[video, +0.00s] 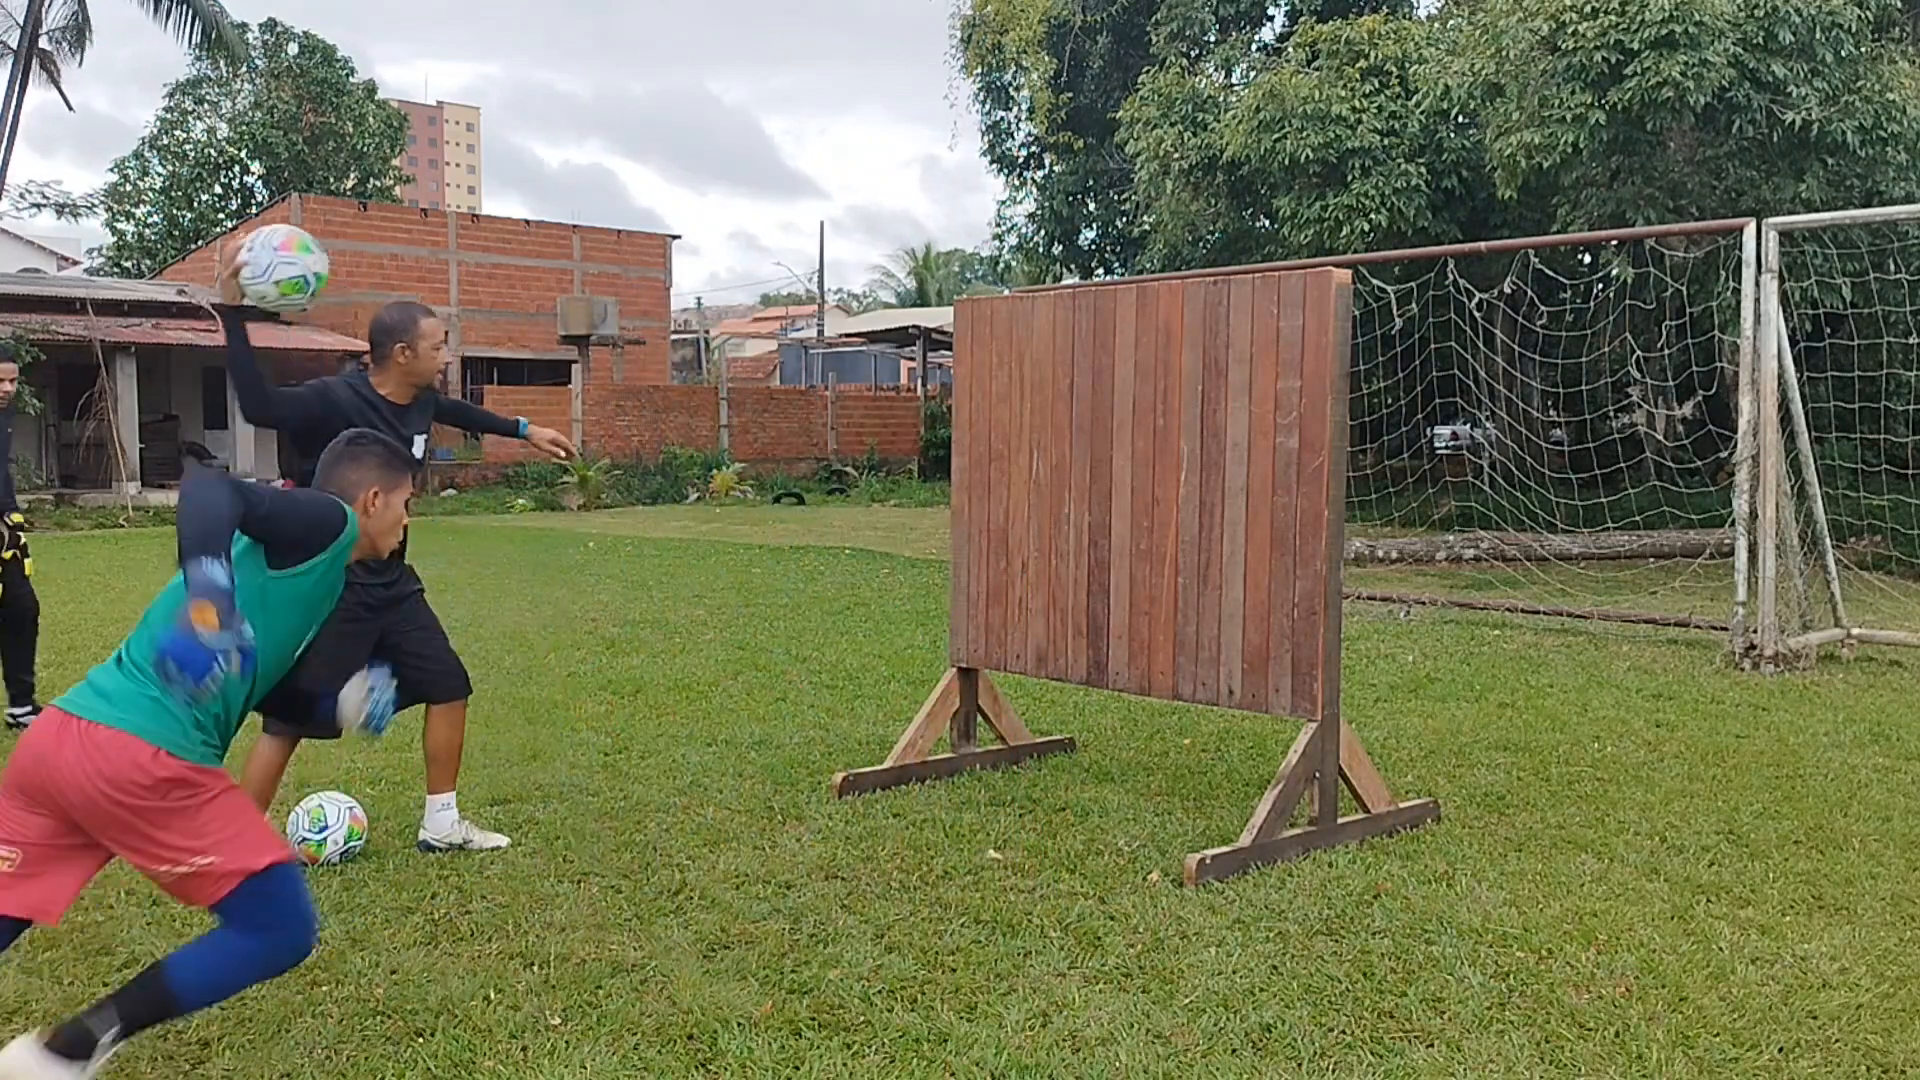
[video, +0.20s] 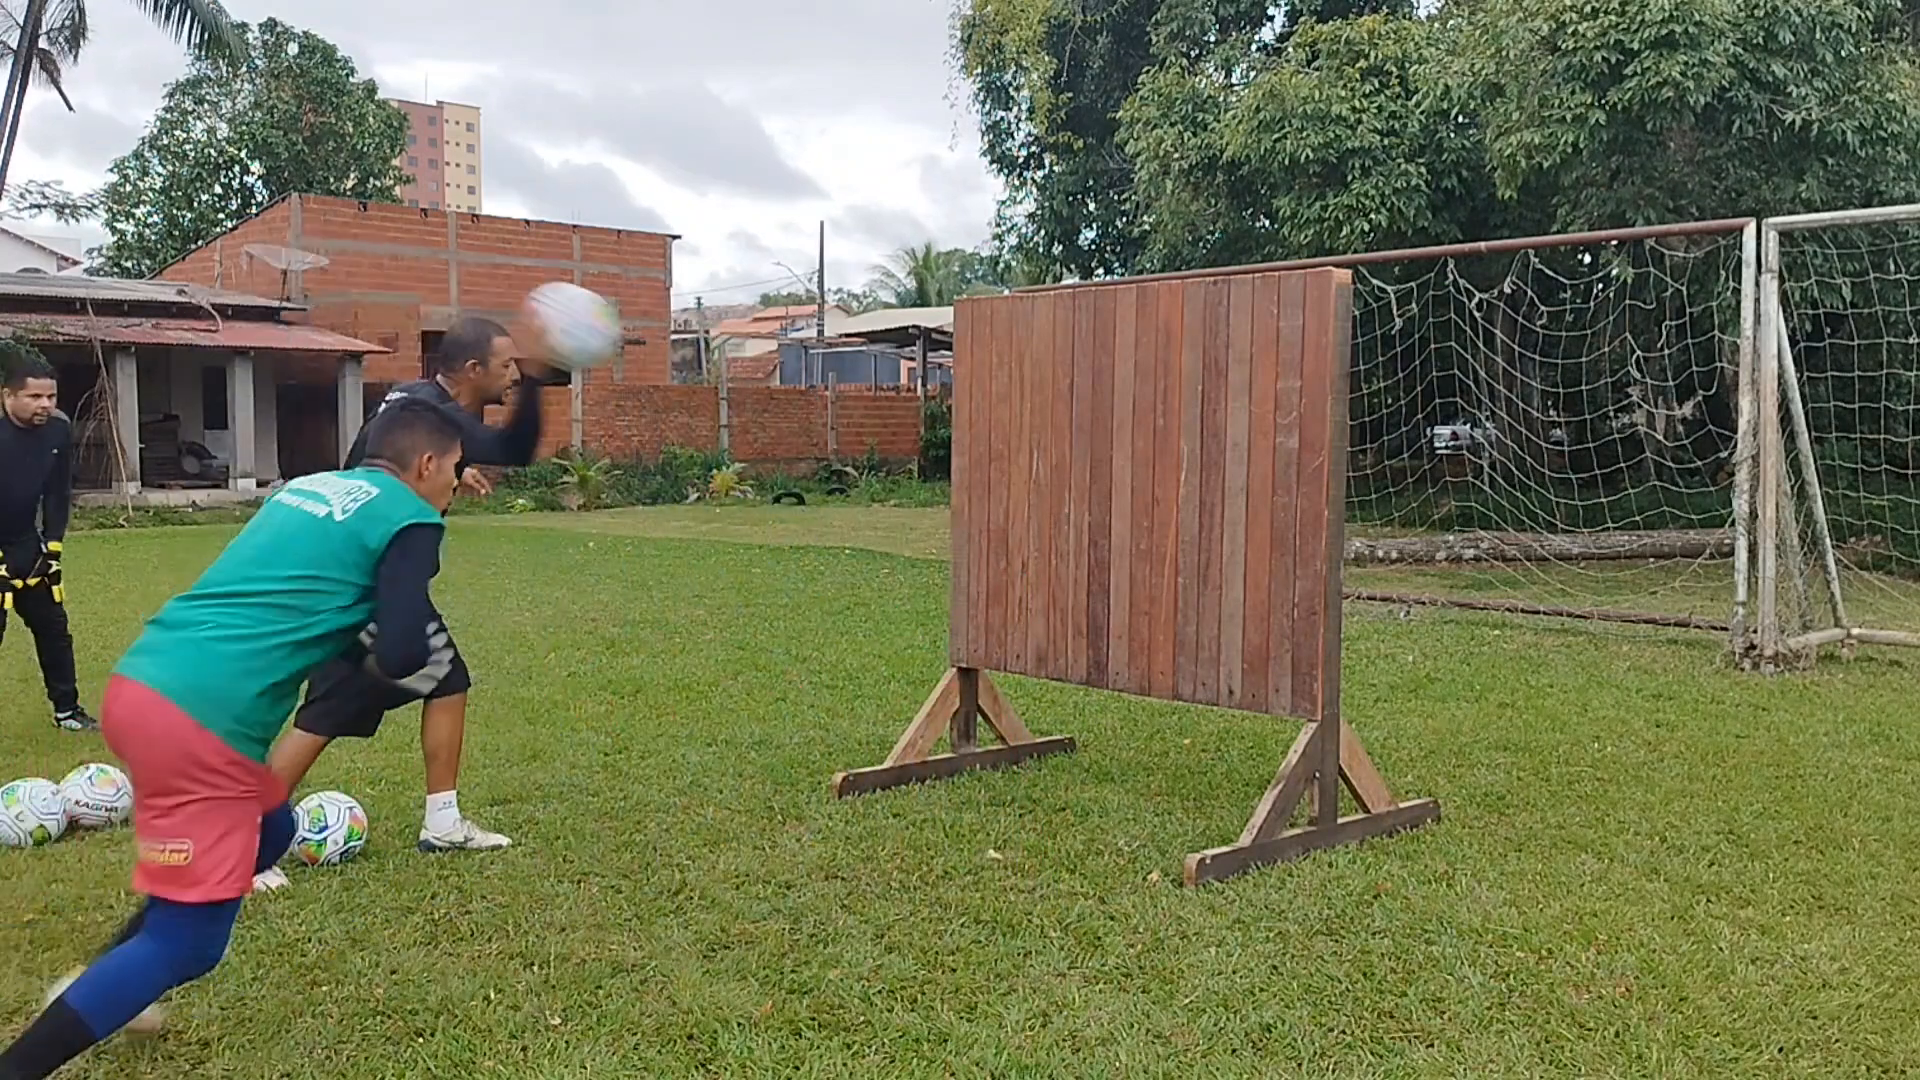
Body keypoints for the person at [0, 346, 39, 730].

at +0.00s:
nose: (8, 387)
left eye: (12, 381)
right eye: (3, 380)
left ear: (18, 383)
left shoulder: (8, 421)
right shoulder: (4, 422)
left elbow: (7, 473)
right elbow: (6, 474)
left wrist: (13, 516)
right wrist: (10, 519)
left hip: (7, 528)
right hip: (3, 528)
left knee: (23, 607)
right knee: (21, 608)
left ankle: (21, 703)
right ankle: (20, 704)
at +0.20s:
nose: (45, 405)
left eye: (50, 396)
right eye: (35, 396)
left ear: (56, 395)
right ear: (8, 398)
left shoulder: (57, 430)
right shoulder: (1, 433)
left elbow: (57, 492)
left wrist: (53, 548)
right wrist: (1, 564)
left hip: (24, 547)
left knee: (52, 625)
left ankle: (67, 709)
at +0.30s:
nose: (66, 414)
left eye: (71, 405)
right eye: (57, 405)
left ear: (76, 405)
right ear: (29, 402)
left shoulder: (74, 437)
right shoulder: (5, 434)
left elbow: (72, 495)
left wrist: (65, 551)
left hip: (29, 538)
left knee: (59, 616)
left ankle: (67, 709)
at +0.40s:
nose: (80, 422)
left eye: (85, 413)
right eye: (71, 412)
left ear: (89, 413)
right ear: (43, 410)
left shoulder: (83, 442)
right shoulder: (9, 444)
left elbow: (77, 498)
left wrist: (68, 552)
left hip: (30, 538)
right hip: (0, 540)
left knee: (60, 616)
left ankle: (68, 709)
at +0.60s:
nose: (92, 444)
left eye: (98, 436)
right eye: (84, 434)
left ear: (104, 435)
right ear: (57, 430)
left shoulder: (93, 457)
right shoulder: (17, 460)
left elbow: (84, 511)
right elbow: (3, 517)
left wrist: (67, 562)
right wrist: (6, 572)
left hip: (29, 540)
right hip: (2, 541)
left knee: (62, 615)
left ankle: (68, 710)